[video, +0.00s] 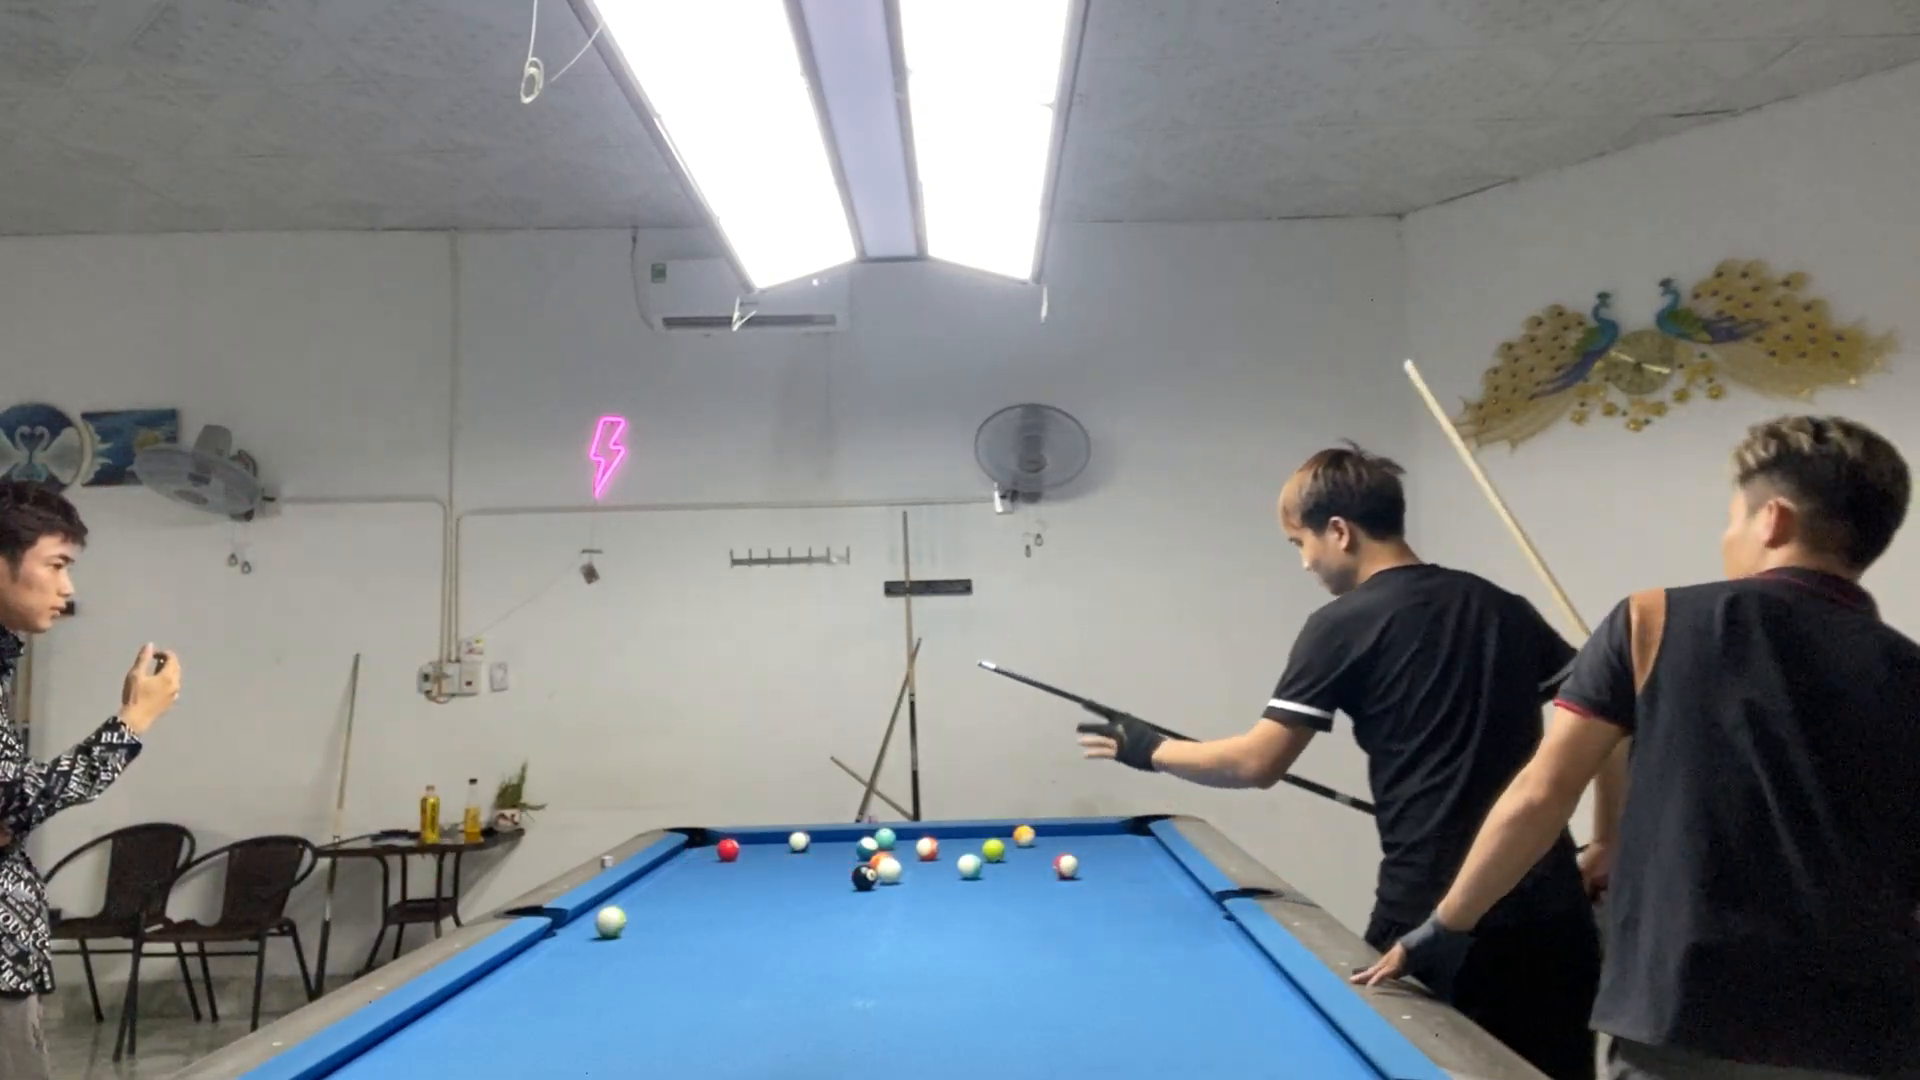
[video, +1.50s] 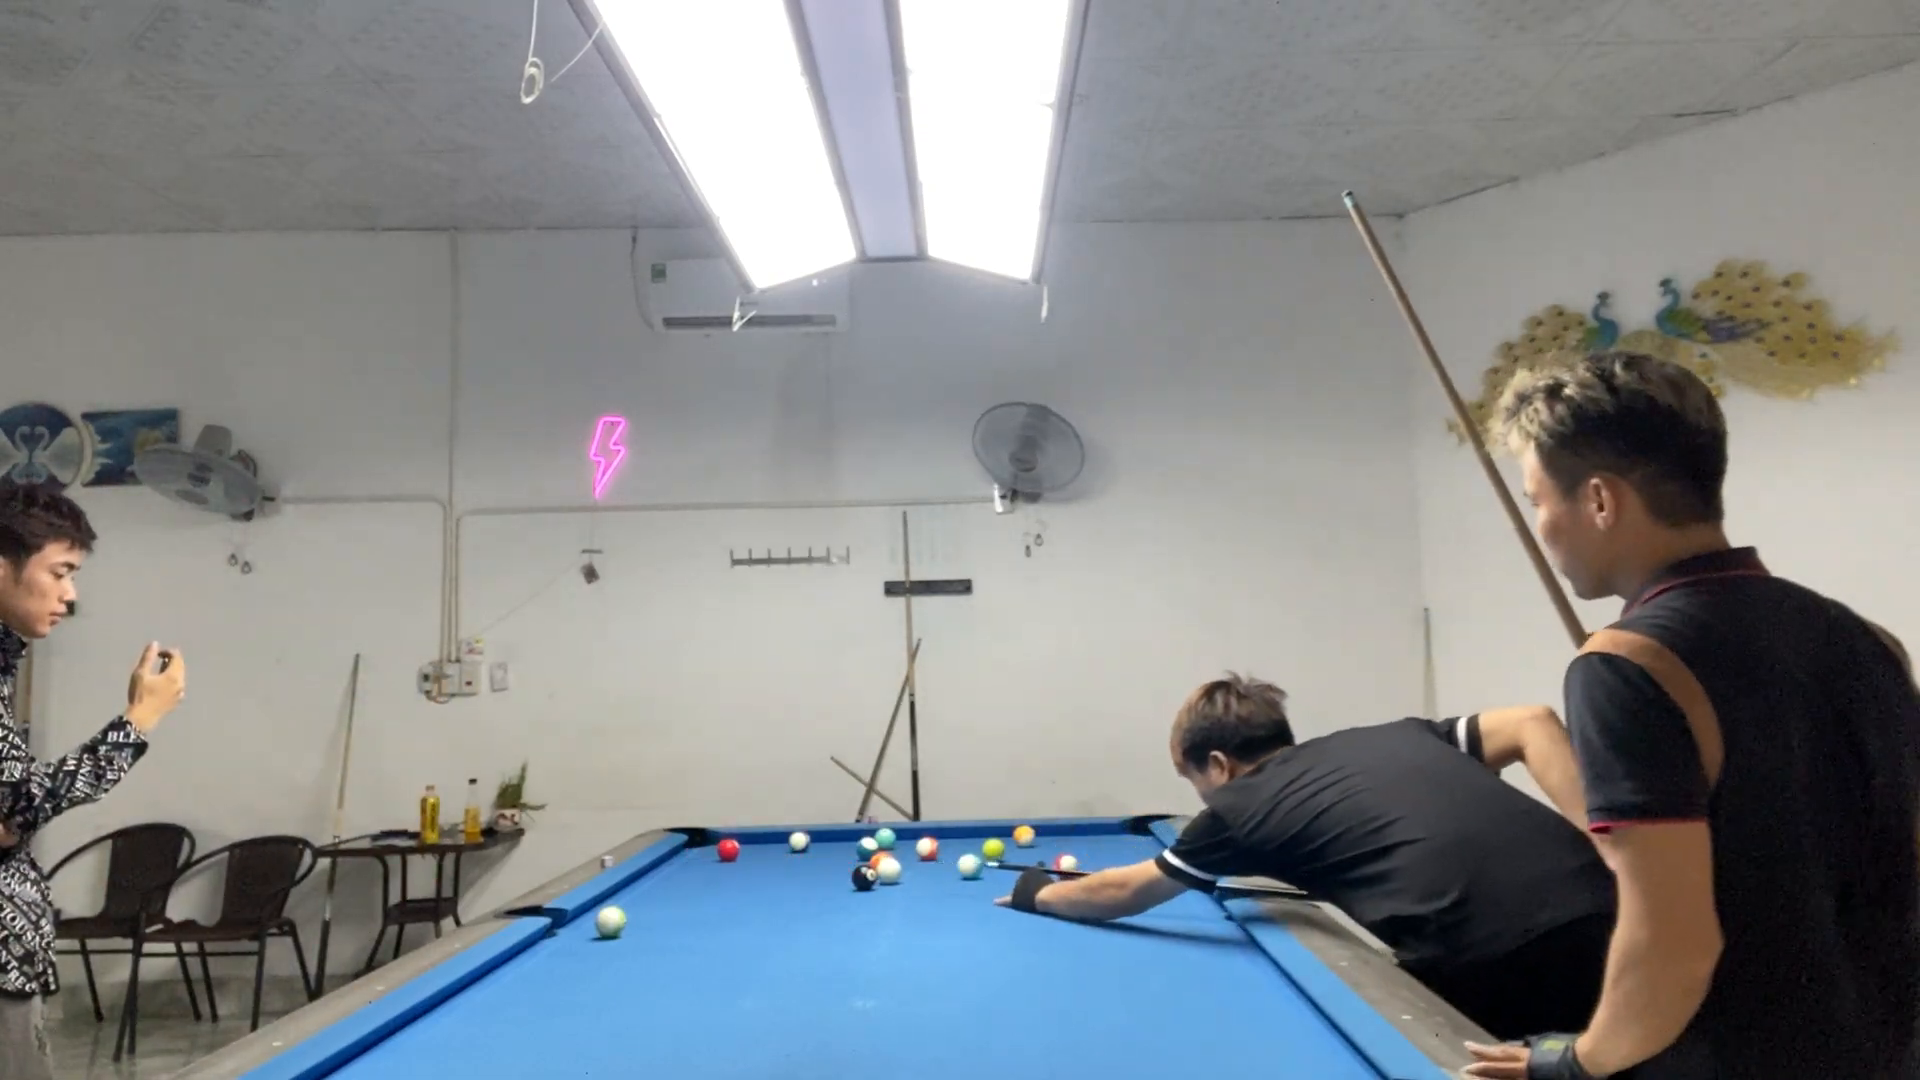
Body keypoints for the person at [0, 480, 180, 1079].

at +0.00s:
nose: (69, 590)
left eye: (69, 569)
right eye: (57, 565)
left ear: (17, 566)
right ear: (5, 565)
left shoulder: (6, 665)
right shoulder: (4, 668)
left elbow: (18, 798)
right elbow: (15, 802)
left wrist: (128, 724)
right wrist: (132, 724)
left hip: (17, 975)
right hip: (9, 977)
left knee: (29, 1069)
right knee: (26, 1070)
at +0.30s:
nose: (65, 585)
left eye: (66, 567)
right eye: (51, 562)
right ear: (2, 564)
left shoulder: (7, 666)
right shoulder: (5, 668)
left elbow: (21, 795)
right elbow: (18, 801)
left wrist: (130, 722)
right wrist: (134, 722)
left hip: (17, 971)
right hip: (9, 974)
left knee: (29, 1069)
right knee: (27, 1070)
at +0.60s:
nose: (67, 585)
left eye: (68, 568)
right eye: (51, 563)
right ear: (2, 565)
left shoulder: (6, 669)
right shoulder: (4, 672)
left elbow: (22, 794)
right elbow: (20, 800)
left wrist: (131, 721)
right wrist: (134, 721)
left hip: (19, 972)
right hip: (9, 976)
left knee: (29, 1069)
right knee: (26, 1070)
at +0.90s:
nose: (69, 587)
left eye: (71, 569)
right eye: (56, 565)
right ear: (5, 566)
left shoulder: (9, 667)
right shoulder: (5, 669)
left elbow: (23, 795)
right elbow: (22, 799)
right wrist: (137, 721)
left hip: (20, 974)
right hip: (11, 977)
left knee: (29, 1069)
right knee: (26, 1071)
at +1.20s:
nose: (70, 594)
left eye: (71, 574)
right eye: (58, 570)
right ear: (4, 567)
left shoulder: (5, 665)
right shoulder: (0, 668)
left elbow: (23, 796)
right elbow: (24, 801)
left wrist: (10, 822)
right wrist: (139, 720)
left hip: (18, 972)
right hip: (8, 974)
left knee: (29, 1069)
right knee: (25, 1071)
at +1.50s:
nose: (71, 595)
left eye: (72, 576)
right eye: (60, 572)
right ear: (5, 569)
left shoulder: (4, 670)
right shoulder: (1, 673)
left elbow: (22, 795)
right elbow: (22, 801)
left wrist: (12, 823)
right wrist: (139, 720)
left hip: (18, 976)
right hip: (8, 978)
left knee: (29, 1069)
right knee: (26, 1070)